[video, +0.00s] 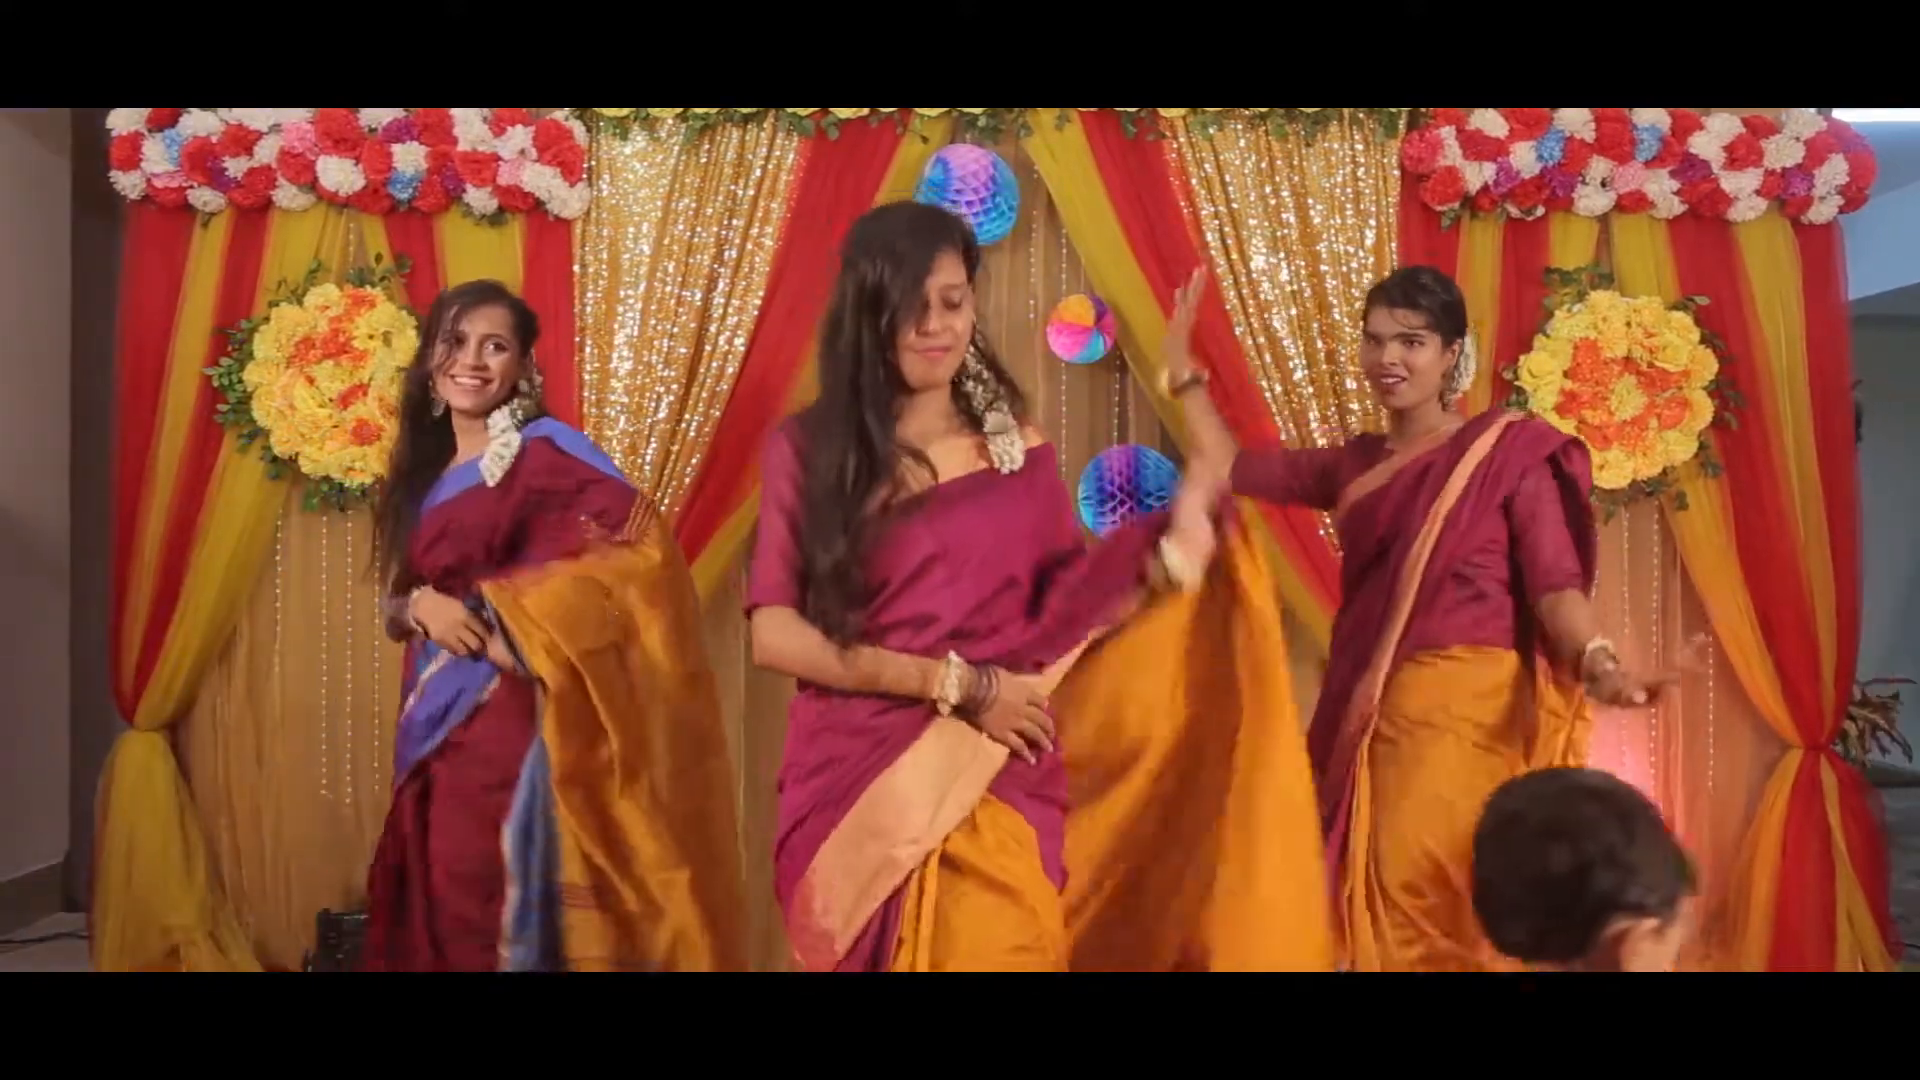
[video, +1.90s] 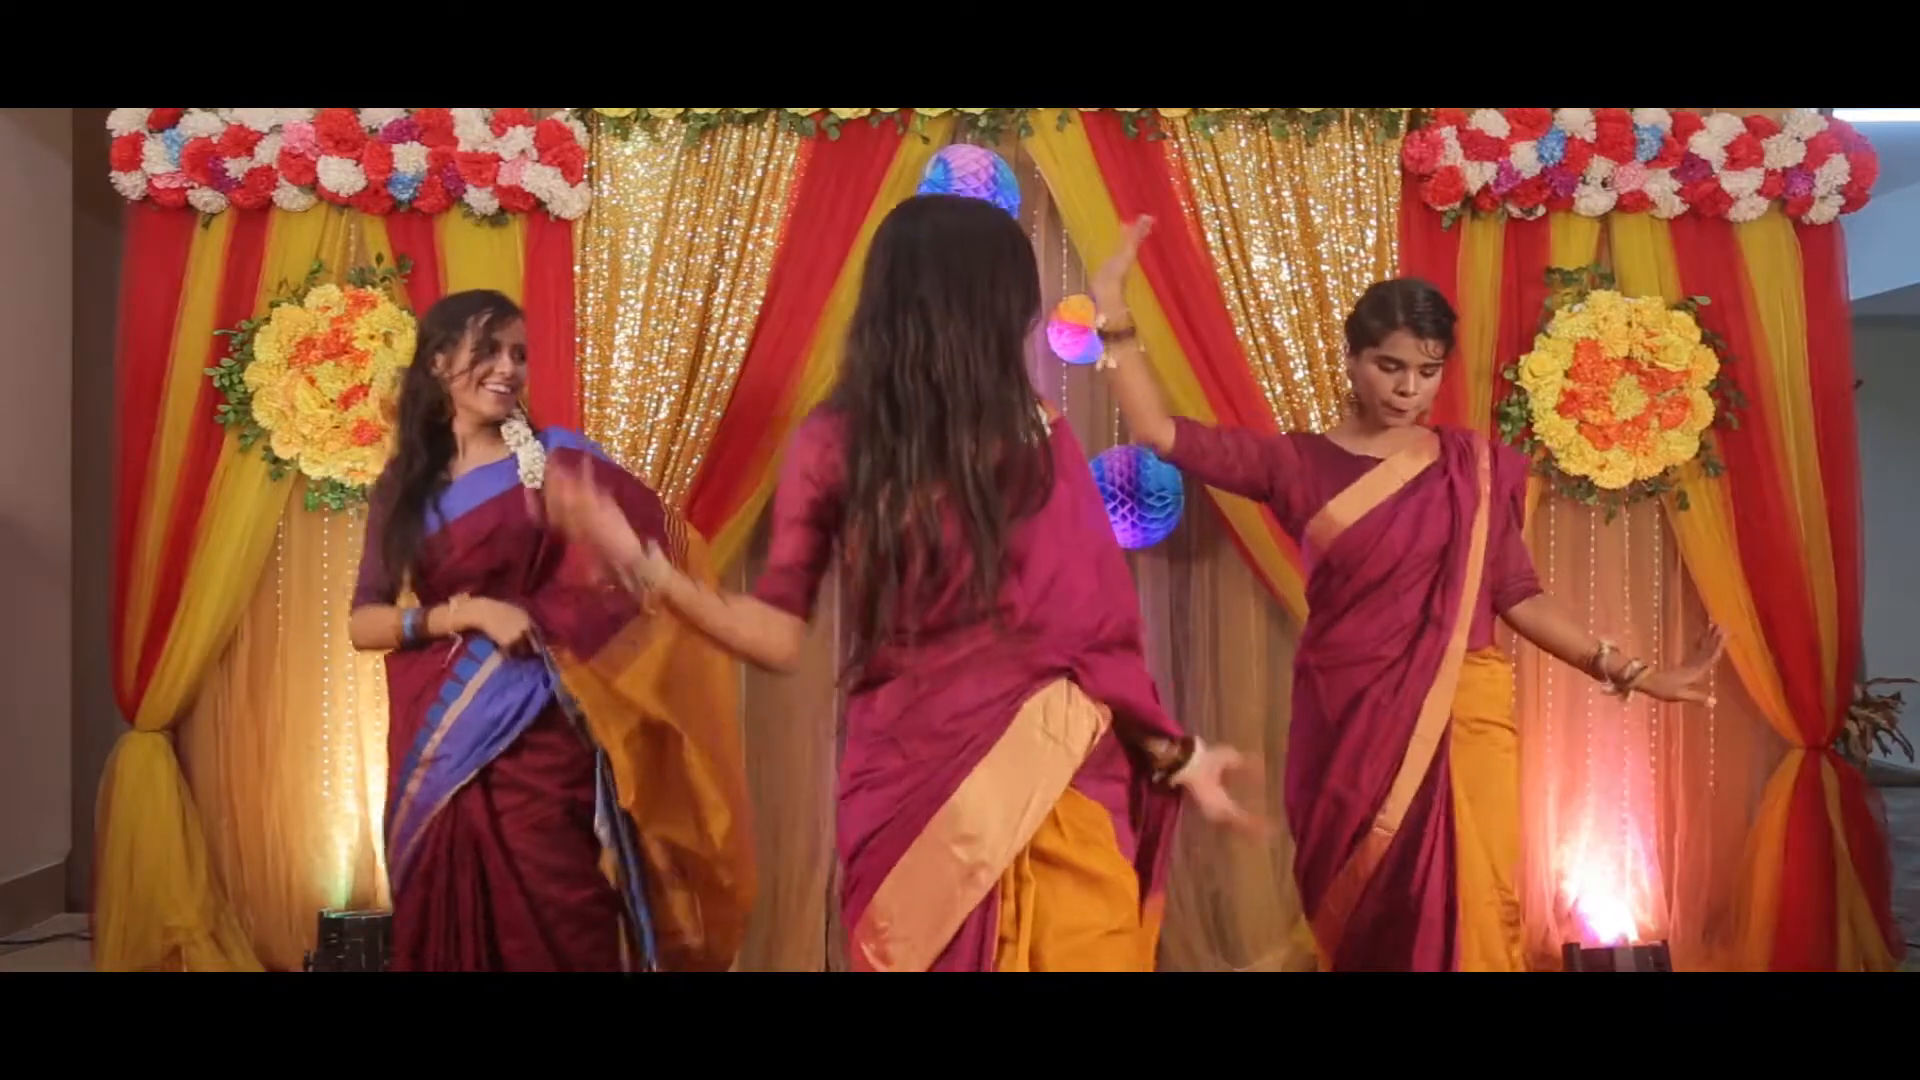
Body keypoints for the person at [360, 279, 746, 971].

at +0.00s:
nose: (472, 360)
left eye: (495, 347)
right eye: (456, 342)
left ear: (522, 369)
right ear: (430, 361)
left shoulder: (547, 448)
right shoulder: (430, 475)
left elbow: (653, 558)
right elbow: (397, 603)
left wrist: (513, 608)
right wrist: (417, 603)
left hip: (534, 729)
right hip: (444, 732)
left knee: (518, 920)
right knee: (438, 916)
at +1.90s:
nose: (507, 369)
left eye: (518, 354)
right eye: (486, 353)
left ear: (531, 366)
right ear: (438, 366)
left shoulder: (562, 458)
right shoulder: (406, 487)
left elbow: (666, 545)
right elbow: (365, 624)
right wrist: (464, 611)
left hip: (545, 727)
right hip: (438, 738)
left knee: (557, 924)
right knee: (446, 927)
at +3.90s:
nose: (482, 357)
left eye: (502, 344)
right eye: (464, 341)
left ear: (524, 367)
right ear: (433, 361)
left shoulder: (557, 446)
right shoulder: (411, 479)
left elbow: (673, 539)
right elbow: (377, 615)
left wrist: (596, 634)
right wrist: (466, 613)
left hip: (541, 715)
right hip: (441, 721)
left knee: (524, 920)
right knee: (441, 916)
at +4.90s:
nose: (489, 346)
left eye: (511, 334)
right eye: (471, 328)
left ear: (531, 362)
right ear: (438, 346)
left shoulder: (562, 449)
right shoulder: (408, 468)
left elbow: (618, 581)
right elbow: (387, 594)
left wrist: (531, 645)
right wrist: (400, 655)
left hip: (544, 709)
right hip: (439, 716)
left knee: (540, 922)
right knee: (448, 918)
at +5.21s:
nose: (500, 332)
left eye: (521, 320)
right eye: (482, 315)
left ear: (540, 344)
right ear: (450, 338)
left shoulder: (579, 442)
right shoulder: (413, 451)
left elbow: (633, 573)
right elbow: (405, 598)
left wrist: (637, 621)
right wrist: (331, 691)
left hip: (559, 711)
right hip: (443, 718)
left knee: (553, 922)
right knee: (449, 920)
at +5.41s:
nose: (518, 371)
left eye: (537, 356)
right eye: (498, 354)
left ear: (558, 381)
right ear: (466, 377)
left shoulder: (598, 492)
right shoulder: (420, 489)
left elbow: (623, 650)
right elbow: (384, 627)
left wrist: (650, 575)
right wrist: (417, 661)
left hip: (577, 750)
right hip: (461, 747)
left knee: (576, 942)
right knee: (462, 937)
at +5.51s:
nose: (526, 374)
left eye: (544, 358)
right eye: (505, 359)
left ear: (568, 380)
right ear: (475, 382)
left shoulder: (598, 489)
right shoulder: (428, 484)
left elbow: (638, 647)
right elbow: (383, 631)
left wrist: (608, 572)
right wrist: (517, 663)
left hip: (586, 762)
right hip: (466, 767)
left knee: (587, 952)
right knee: (466, 945)